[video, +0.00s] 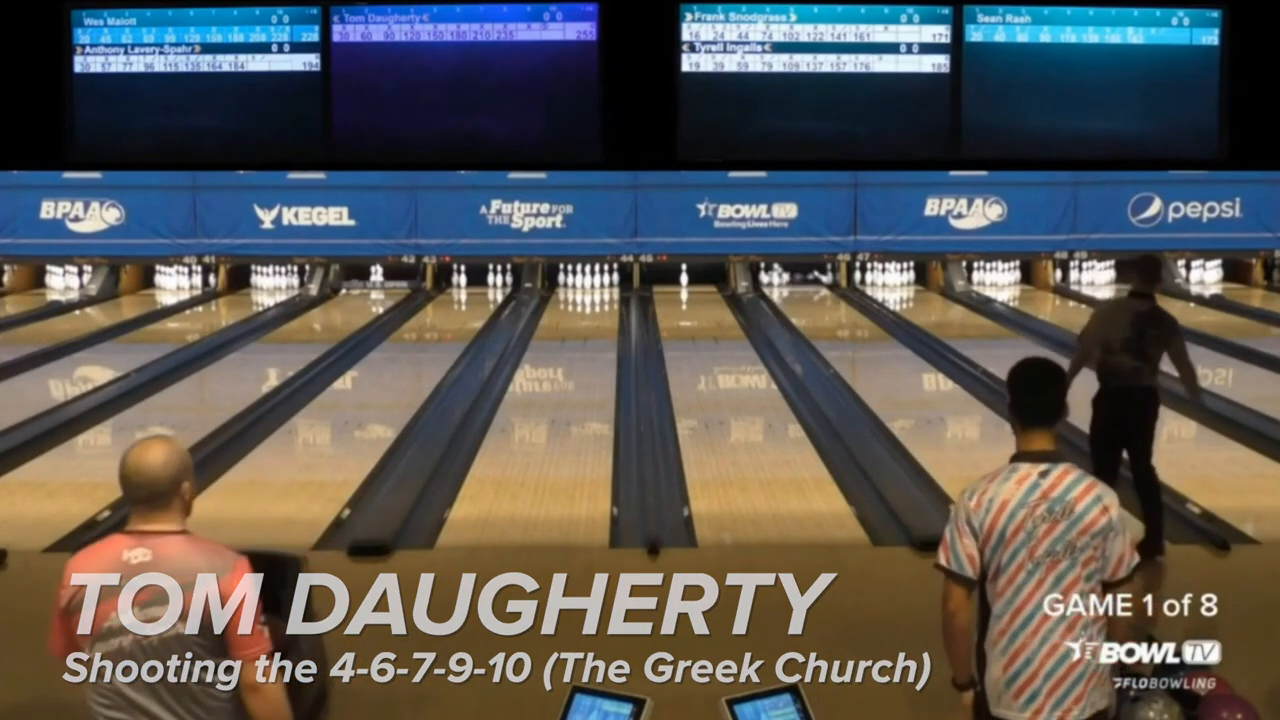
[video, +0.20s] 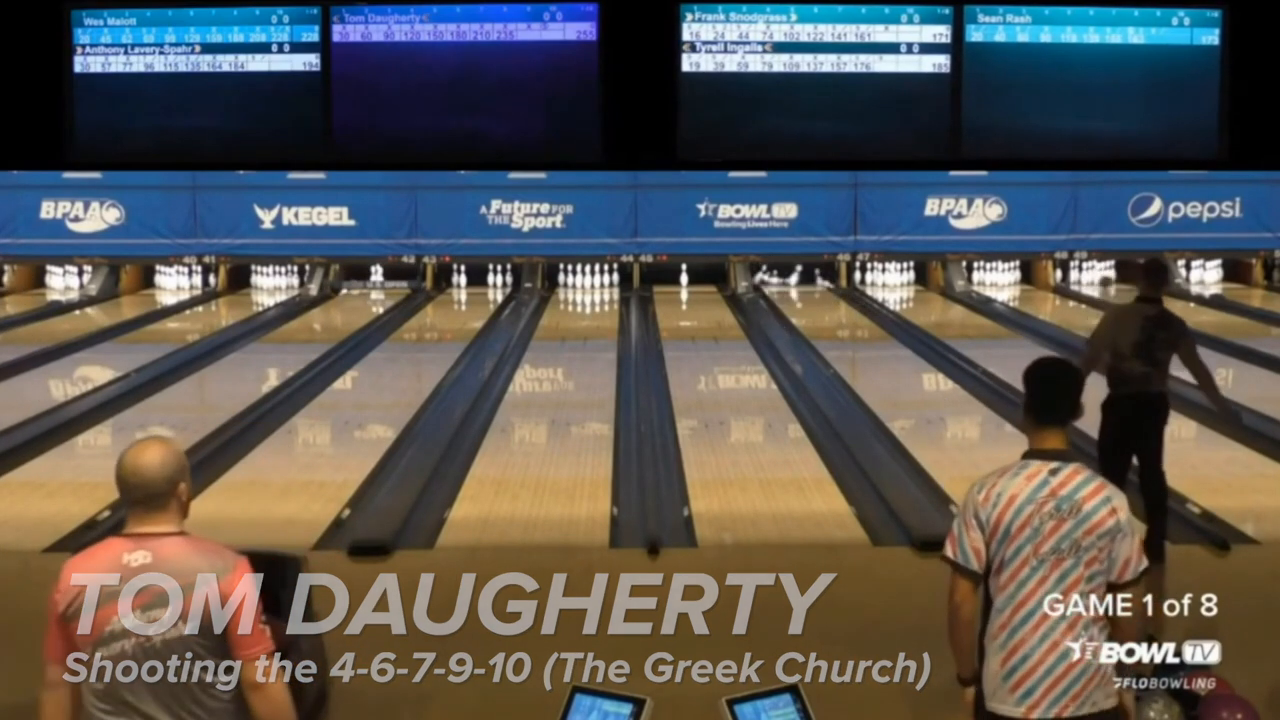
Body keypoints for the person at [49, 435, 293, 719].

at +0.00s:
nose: (193, 490)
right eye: (193, 482)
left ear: (124, 491)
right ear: (186, 492)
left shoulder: (82, 566)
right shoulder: (228, 568)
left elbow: (71, 662)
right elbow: (258, 683)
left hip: (113, 713)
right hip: (204, 712)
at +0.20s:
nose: (190, 489)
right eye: (189, 482)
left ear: (121, 494)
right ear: (183, 493)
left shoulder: (78, 571)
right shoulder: (227, 568)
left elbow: (57, 686)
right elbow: (260, 679)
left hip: (109, 713)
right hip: (204, 713)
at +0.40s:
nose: (207, 493)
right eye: (205, 486)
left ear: (135, 496)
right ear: (198, 496)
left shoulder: (86, 575)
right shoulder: (245, 574)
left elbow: (48, 683)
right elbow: (279, 685)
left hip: (124, 712)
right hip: (221, 712)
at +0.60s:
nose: (227, 493)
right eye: (226, 486)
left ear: (158, 496)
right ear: (220, 497)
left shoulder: (106, 576)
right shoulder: (266, 574)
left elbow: (82, 691)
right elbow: (302, 683)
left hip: (140, 714)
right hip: (241, 714)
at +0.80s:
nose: (247, 503)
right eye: (247, 497)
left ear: (178, 503)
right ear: (240, 505)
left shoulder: (127, 582)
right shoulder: (285, 581)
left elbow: (107, 701)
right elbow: (324, 689)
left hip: (159, 711)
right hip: (257, 711)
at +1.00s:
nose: (260, 507)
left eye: (260, 498)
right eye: (259, 499)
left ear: (189, 505)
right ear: (248, 509)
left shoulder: (135, 578)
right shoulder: (289, 590)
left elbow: (119, 685)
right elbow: (327, 701)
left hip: (161, 712)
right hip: (258, 713)